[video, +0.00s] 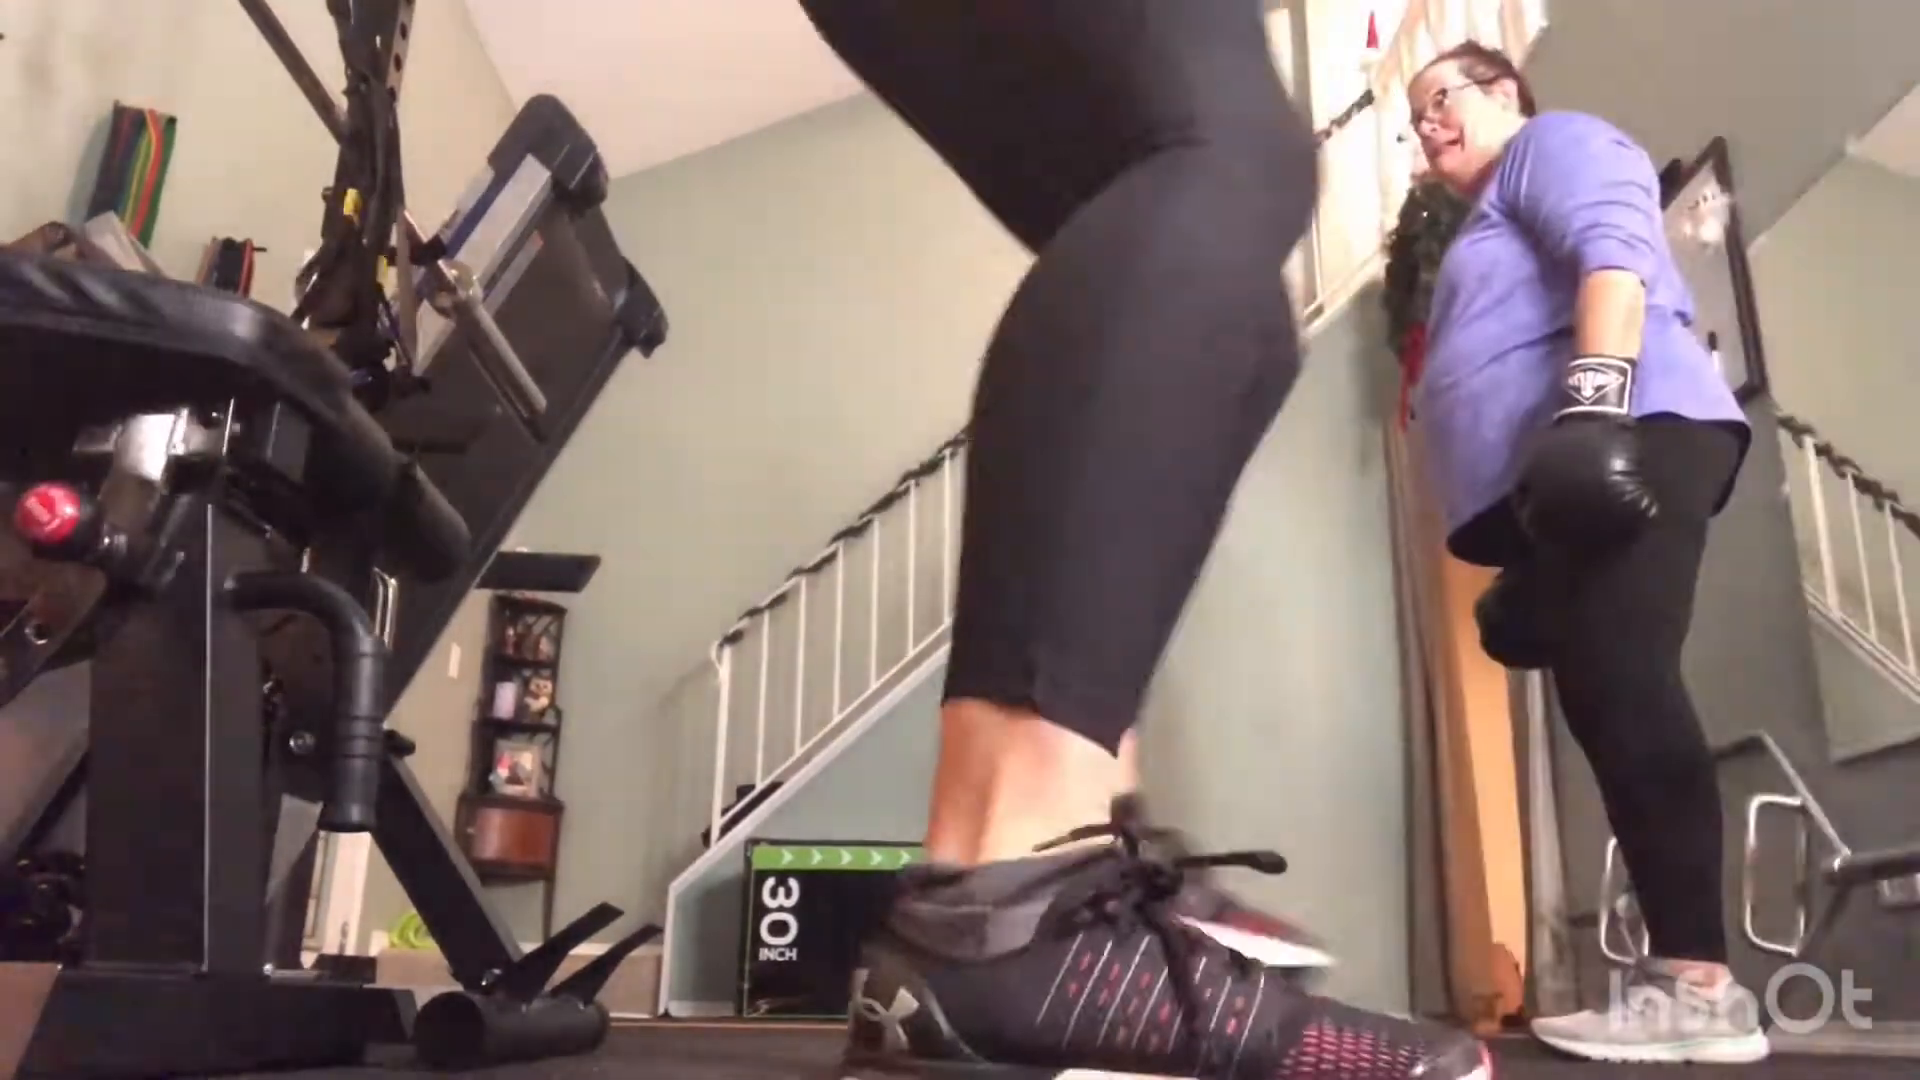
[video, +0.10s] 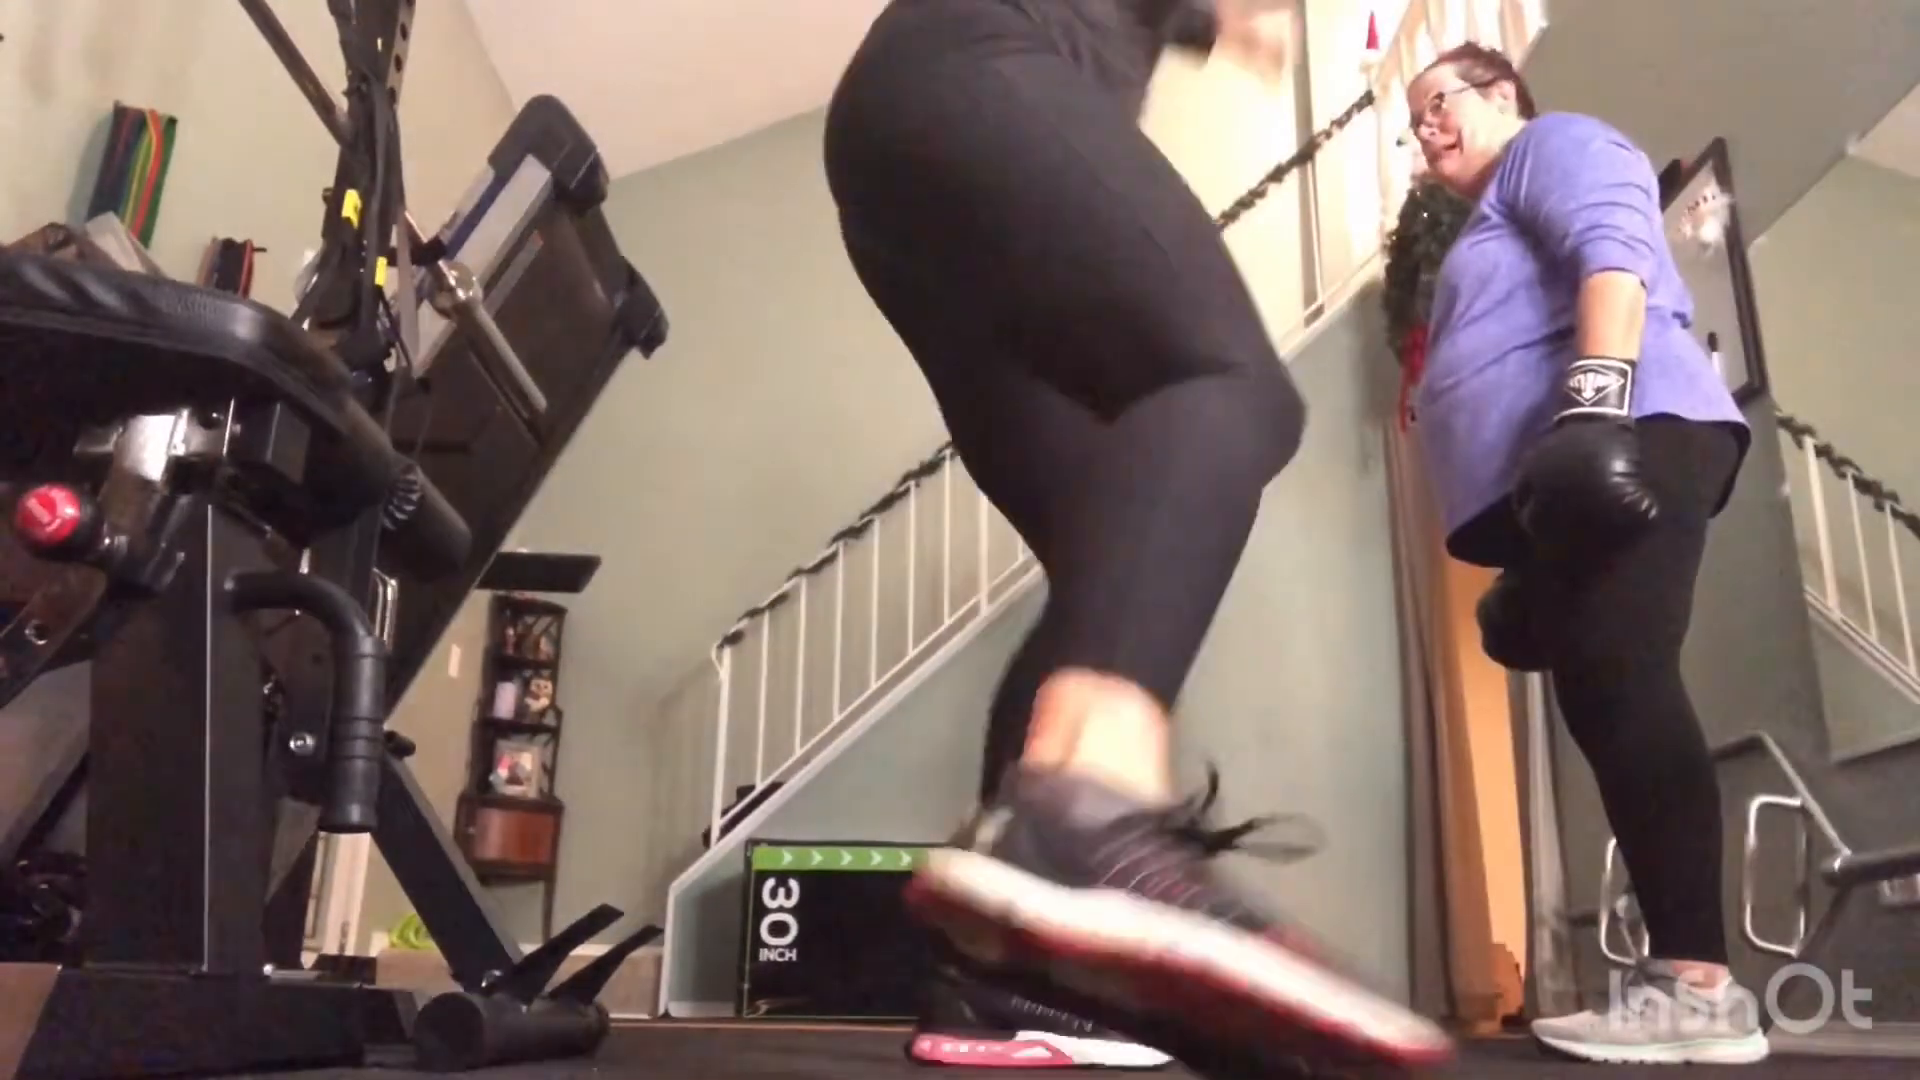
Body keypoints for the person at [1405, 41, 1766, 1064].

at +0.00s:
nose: (1428, 126)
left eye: (1442, 102)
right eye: (1417, 121)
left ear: (1506, 93)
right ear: (1429, 146)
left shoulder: (1555, 141)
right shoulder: (1479, 234)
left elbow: (1612, 253)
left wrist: (1593, 406)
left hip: (1639, 429)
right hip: (1574, 469)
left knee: (1622, 680)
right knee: (1604, 702)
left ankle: (1699, 983)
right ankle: (1682, 978)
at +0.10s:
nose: (1428, 125)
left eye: (1443, 103)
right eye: (1416, 120)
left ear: (1505, 96)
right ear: (1427, 147)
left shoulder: (1556, 142)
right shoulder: (1474, 238)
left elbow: (1612, 256)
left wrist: (1594, 408)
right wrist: (1523, 561)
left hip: (1638, 429)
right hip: (1571, 471)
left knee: (1621, 678)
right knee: (1603, 701)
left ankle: (1697, 984)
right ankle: (1683, 980)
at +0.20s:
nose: (1428, 125)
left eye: (1444, 104)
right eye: (1419, 118)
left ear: (1507, 97)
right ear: (1431, 140)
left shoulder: (1553, 142)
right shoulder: (1469, 237)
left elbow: (1602, 257)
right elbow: (1489, 392)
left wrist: (1586, 409)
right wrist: (1514, 559)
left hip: (1635, 427)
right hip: (1565, 471)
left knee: (1620, 676)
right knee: (1600, 703)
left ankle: (1697, 984)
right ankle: (1683, 978)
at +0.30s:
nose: (1415, 142)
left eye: (1425, 119)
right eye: (1407, 134)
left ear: (1489, 100)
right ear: (1426, 148)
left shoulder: (1544, 142)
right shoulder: (1468, 239)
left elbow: (1593, 259)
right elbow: (1501, 397)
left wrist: (1571, 410)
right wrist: (1521, 563)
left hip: (1636, 426)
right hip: (1573, 464)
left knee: (1621, 681)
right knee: (1600, 702)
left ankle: (1698, 985)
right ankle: (1682, 979)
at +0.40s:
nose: (1404, 161)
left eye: (1409, 137)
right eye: (1402, 145)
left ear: (1454, 111)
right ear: (1452, 120)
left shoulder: (1538, 142)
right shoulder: (1466, 246)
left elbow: (1587, 258)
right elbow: (1474, 394)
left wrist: (1565, 408)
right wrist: (1472, 535)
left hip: (1626, 424)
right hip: (1572, 455)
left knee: (1617, 689)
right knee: (1600, 705)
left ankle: (1697, 985)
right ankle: (1683, 979)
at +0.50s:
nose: (1396, 191)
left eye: (1396, 169)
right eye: (1391, 178)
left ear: (1430, 137)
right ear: (1444, 137)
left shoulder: (1507, 143)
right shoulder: (1464, 242)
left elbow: (1553, 249)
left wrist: (1531, 404)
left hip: (1621, 420)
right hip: (1588, 443)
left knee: (1620, 690)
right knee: (1600, 698)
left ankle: (1696, 984)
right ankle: (1678, 976)